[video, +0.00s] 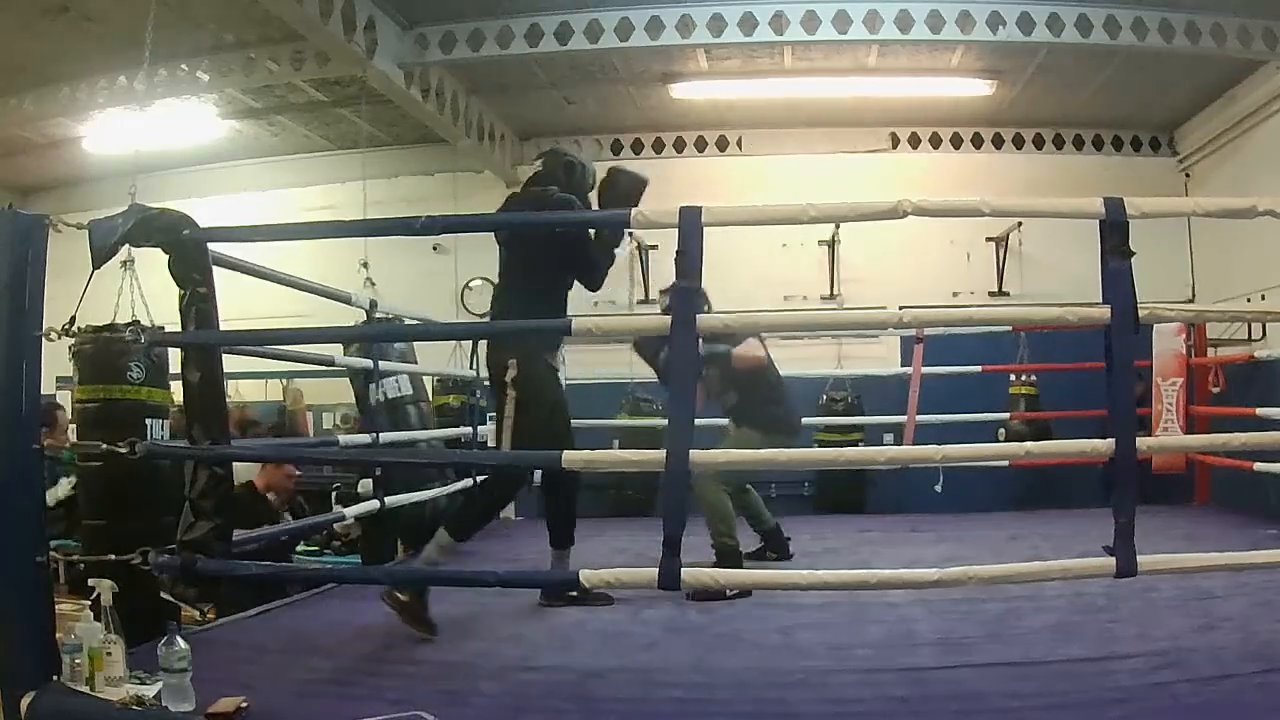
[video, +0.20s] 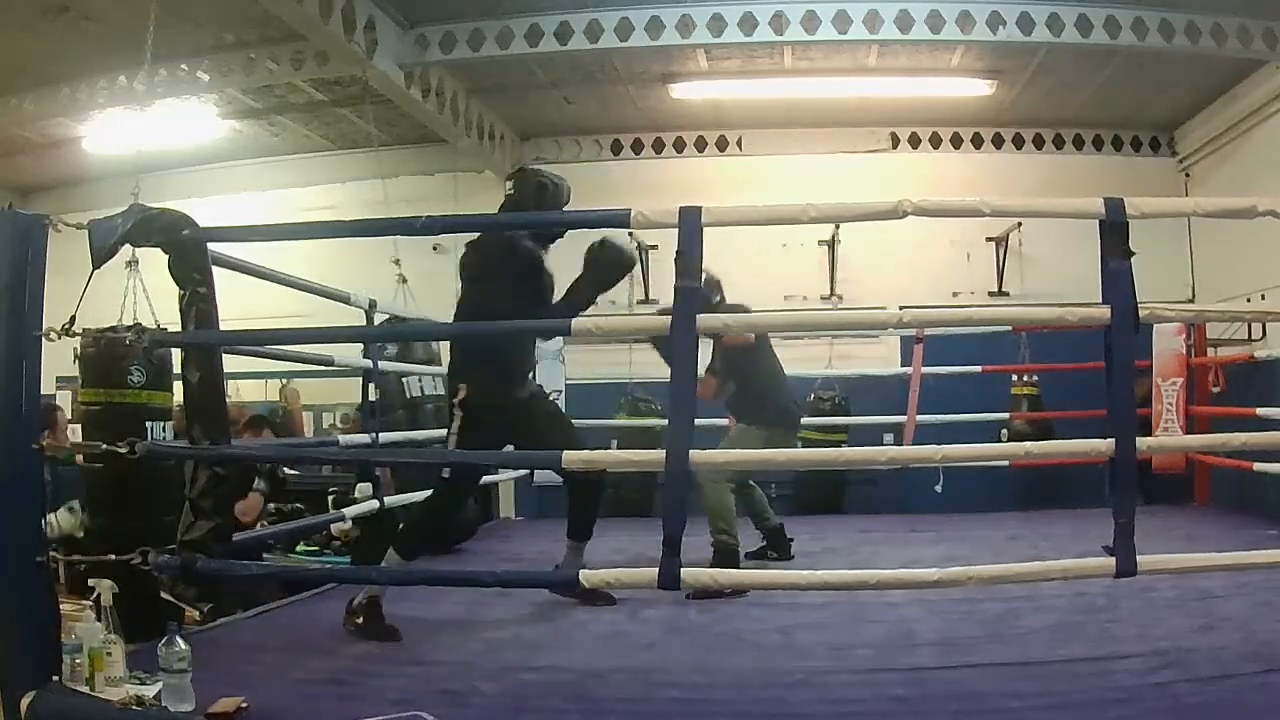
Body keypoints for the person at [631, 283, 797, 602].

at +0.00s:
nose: (676, 320)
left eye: (680, 312)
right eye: (671, 313)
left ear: (696, 312)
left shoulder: (730, 330)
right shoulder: (701, 351)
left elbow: (758, 356)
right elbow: (695, 402)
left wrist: (714, 357)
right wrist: (667, 364)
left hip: (767, 425)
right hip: (746, 426)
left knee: (706, 477)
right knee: (729, 478)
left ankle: (728, 561)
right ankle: (775, 543)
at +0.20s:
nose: (688, 313)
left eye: (689, 306)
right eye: (686, 307)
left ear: (704, 301)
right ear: (716, 296)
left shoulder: (734, 315)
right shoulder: (722, 339)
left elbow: (744, 340)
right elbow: (708, 389)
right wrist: (670, 355)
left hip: (765, 424)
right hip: (772, 426)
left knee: (710, 468)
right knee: (735, 477)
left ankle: (725, 557)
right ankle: (777, 541)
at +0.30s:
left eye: (695, 274)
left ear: (713, 269)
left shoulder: (743, 286)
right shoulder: (723, 313)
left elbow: (750, 304)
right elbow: (702, 357)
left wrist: (717, 286)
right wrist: (679, 323)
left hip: (767, 393)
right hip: (756, 396)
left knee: (735, 466)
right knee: (744, 470)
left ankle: (730, 549)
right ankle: (777, 539)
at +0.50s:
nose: (707, 249)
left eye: (712, 241)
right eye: (705, 243)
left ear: (730, 239)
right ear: (711, 247)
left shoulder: (758, 266)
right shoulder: (730, 287)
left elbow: (765, 294)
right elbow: (707, 328)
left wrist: (722, 267)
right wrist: (680, 286)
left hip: (768, 382)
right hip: (752, 382)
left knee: (745, 456)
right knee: (753, 455)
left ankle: (751, 549)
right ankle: (784, 534)